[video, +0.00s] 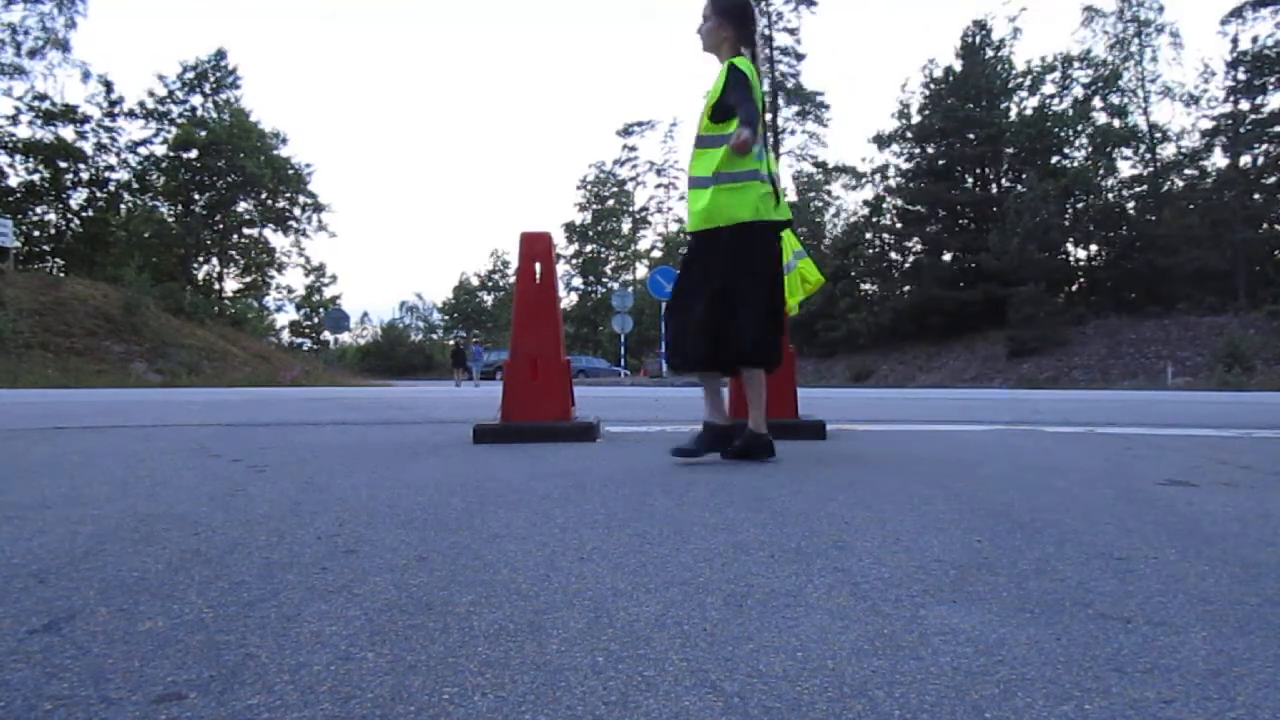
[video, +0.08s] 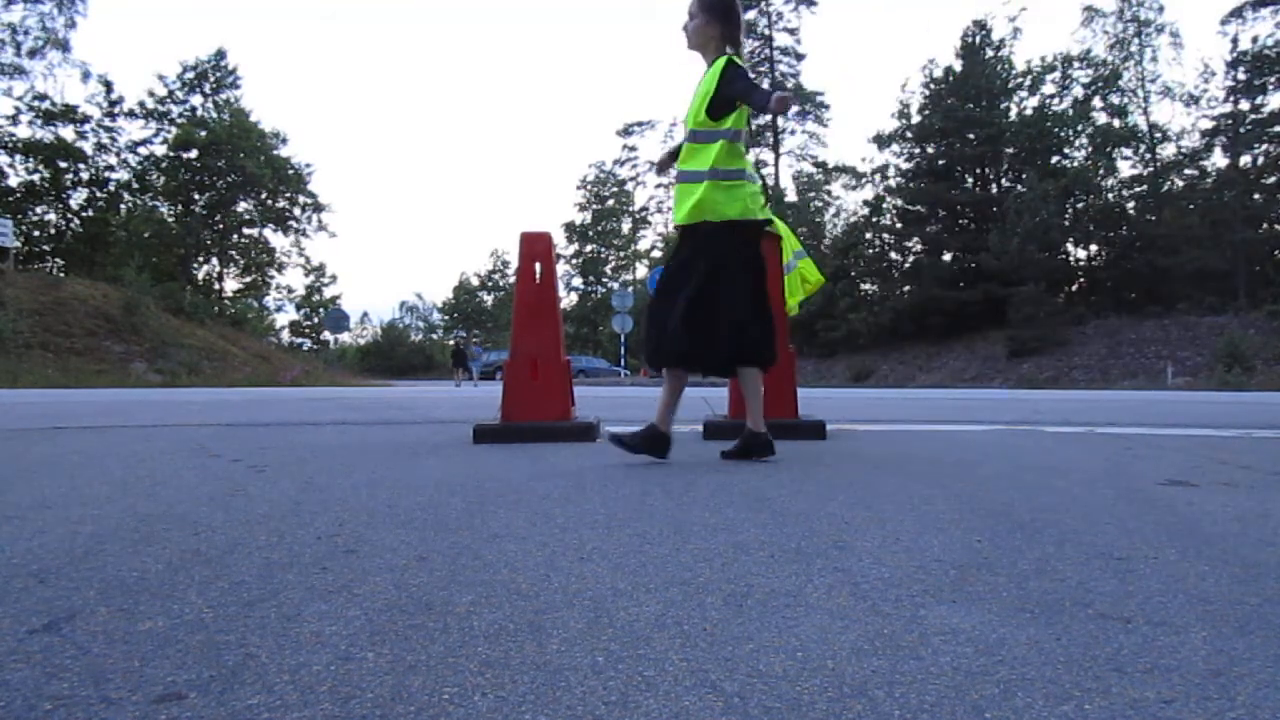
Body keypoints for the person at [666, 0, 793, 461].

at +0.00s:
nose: (699, 29)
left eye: (705, 20)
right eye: (701, 21)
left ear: (726, 26)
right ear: (734, 29)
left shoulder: (735, 69)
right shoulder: (742, 75)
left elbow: (749, 107)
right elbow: (755, 149)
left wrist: (746, 130)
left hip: (728, 227)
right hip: (750, 226)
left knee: (697, 319)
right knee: (750, 326)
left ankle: (716, 422)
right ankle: (757, 432)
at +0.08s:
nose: (684, 25)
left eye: (691, 18)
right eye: (686, 18)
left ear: (714, 26)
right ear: (712, 27)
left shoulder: (726, 68)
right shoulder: (711, 77)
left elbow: (751, 93)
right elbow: (706, 136)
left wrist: (773, 100)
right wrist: (672, 156)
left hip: (714, 225)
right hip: (728, 224)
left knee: (678, 323)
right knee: (742, 328)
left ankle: (660, 430)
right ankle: (756, 433)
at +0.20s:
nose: (665, 28)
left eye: (674, 20)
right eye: (667, 20)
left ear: (699, 30)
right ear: (692, 33)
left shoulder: (716, 79)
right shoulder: (672, 92)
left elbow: (762, 107)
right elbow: (638, 129)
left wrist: (806, 105)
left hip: (695, 231)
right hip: (683, 230)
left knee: (653, 330)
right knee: (715, 329)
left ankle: (628, 435)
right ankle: (751, 423)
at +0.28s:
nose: (655, 30)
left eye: (666, 22)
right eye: (656, 23)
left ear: (691, 35)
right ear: (669, 37)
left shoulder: (710, 90)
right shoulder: (649, 97)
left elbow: (759, 130)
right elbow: (601, 136)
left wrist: (814, 143)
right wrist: (542, 144)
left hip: (681, 239)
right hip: (653, 237)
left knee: (634, 332)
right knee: (663, 336)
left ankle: (621, 438)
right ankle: (722, 406)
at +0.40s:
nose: (655, 37)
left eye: (666, 32)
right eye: (649, 30)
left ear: (682, 49)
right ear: (641, 44)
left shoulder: (698, 104)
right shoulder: (613, 105)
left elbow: (747, 162)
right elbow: (552, 140)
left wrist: (807, 189)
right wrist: (484, 148)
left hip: (670, 243)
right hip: (620, 240)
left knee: (627, 332)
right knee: (582, 327)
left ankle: (623, 437)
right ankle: (642, 395)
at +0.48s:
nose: (658, 37)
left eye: (666, 33)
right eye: (651, 29)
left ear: (673, 46)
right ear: (633, 38)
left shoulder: (689, 104)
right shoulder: (598, 96)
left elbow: (742, 157)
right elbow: (528, 117)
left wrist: (803, 173)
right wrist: (470, 107)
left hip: (659, 240)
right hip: (602, 235)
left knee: (627, 335)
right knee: (573, 320)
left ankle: (622, 438)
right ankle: (588, 408)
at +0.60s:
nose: (667, 13)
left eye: (669, 8)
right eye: (659, 4)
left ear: (664, 20)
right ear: (631, 7)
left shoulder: (669, 78)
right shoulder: (596, 54)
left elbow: (711, 122)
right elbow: (537, 58)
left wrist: (765, 122)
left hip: (647, 214)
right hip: (591, 207)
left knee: (635, 320)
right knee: (596, 312)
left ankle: (616, 425)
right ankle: (586, 416)